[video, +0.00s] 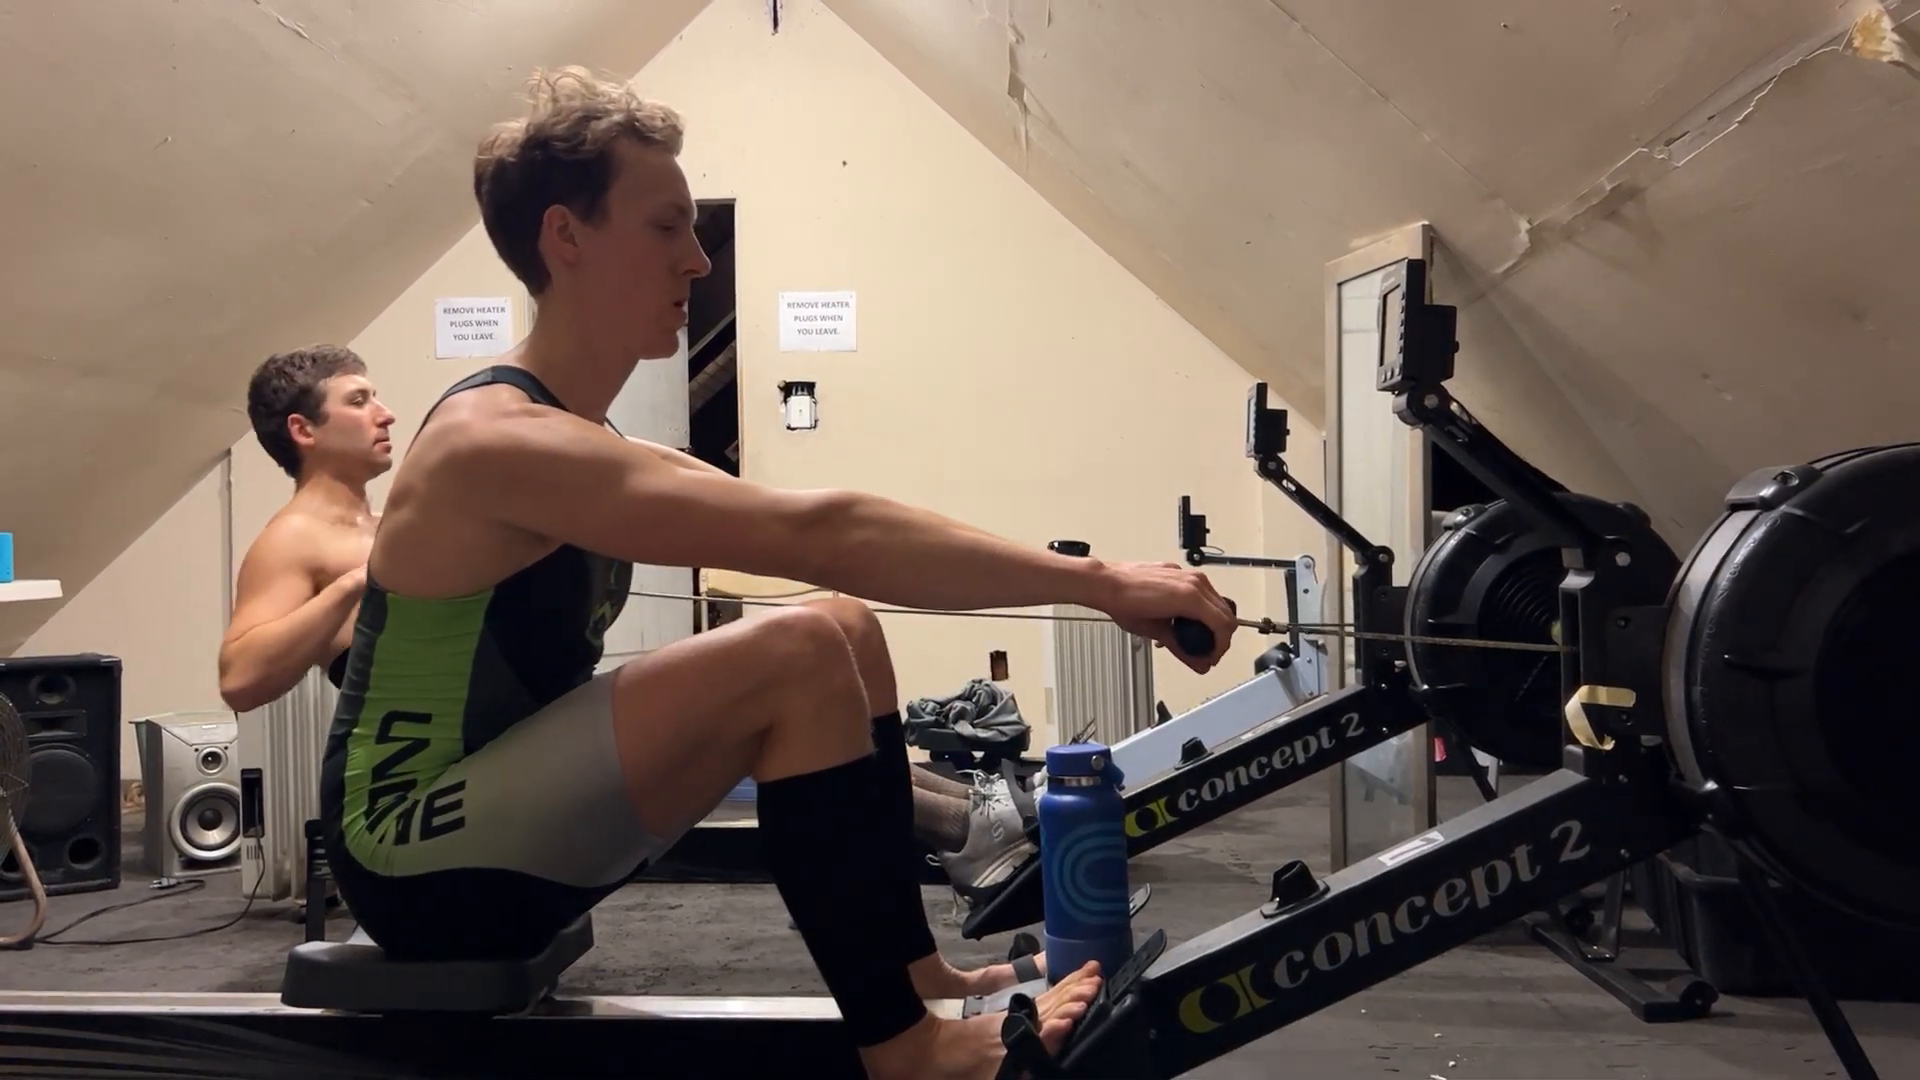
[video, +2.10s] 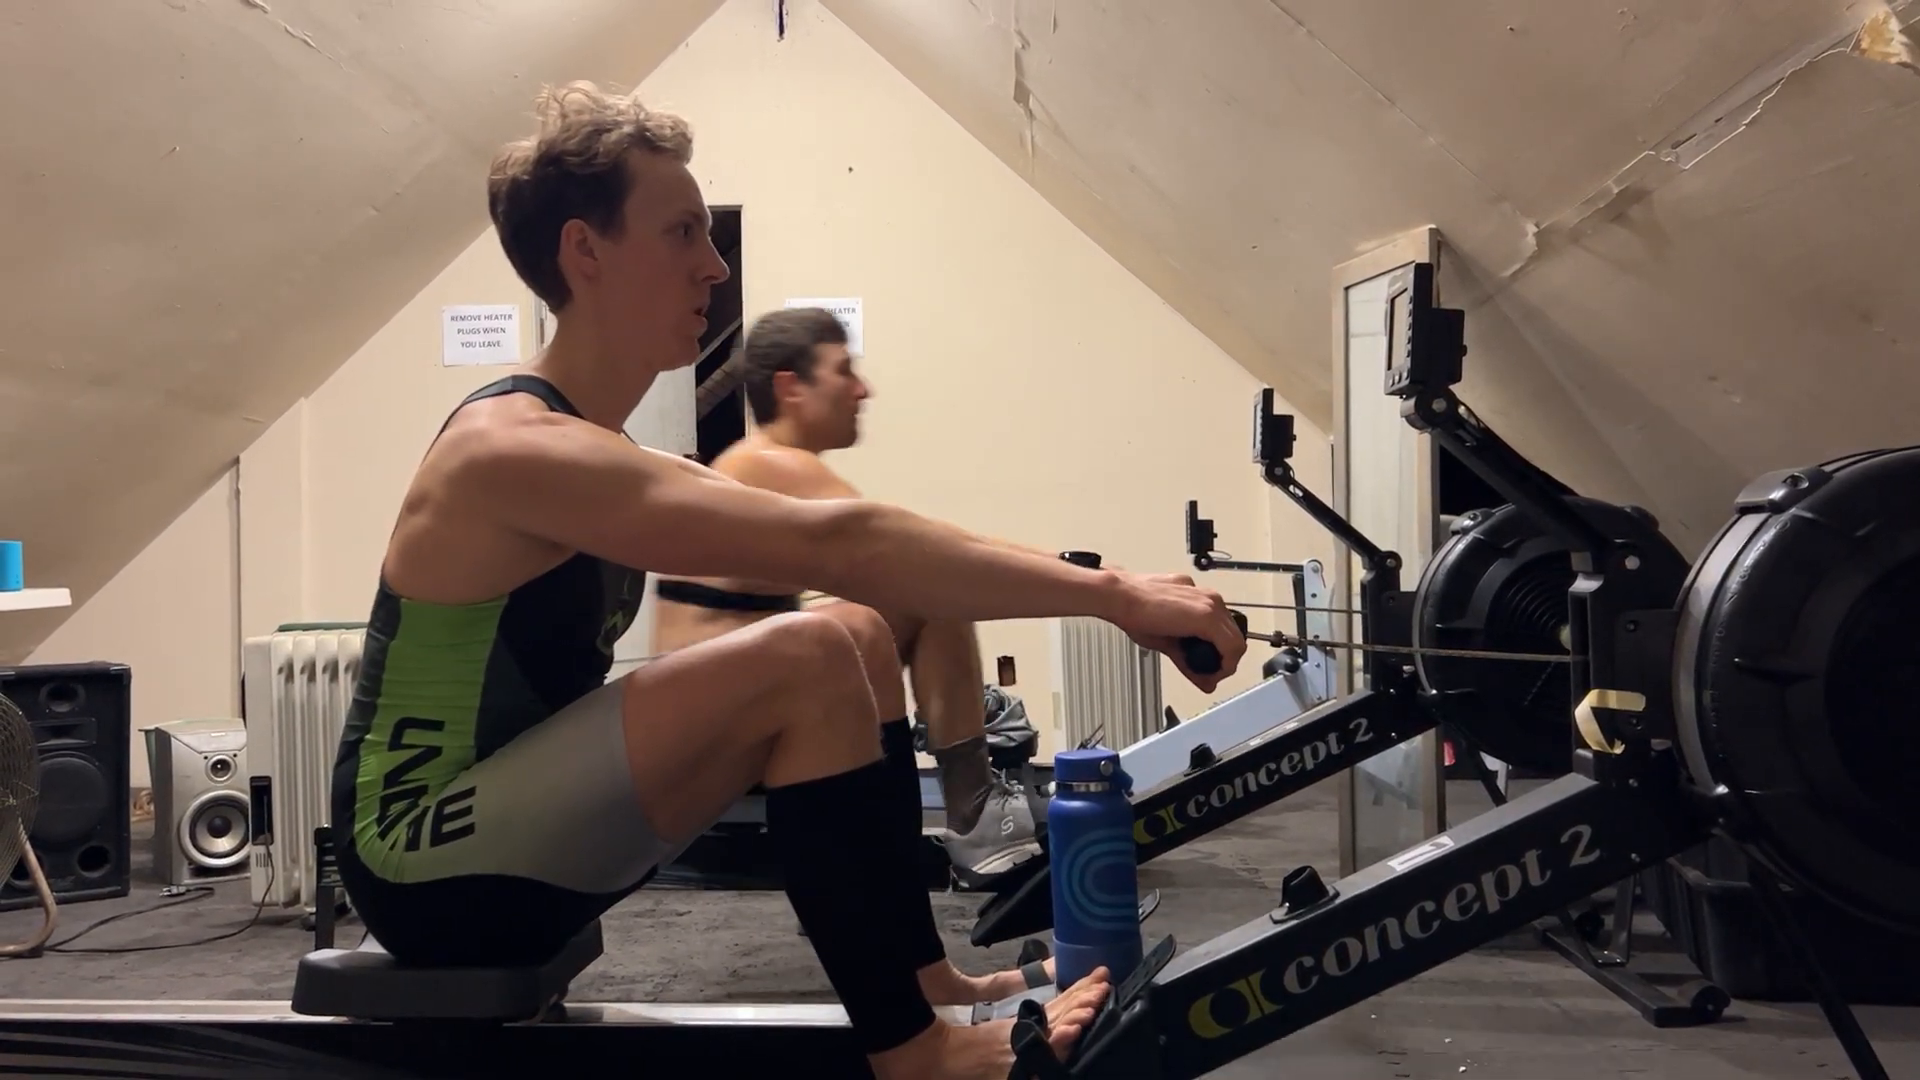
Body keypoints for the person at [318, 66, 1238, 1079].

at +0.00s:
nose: (698, 262)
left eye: (691, 230)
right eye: (668, 229)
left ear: (573, 246)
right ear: (565, 243)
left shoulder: (568, 435)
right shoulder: (498, 440)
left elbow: (816, 547)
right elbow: (815, 535)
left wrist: (1083, 582)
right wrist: (1102, 583)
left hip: (492, 814)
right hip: (424, 850)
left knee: (847, 634)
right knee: (797, 658)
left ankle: (914, 982)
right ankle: (894, 1040)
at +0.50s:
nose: (706, 267)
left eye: (698, 234)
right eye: (675, 233)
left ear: (580, 250)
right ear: (571, 247)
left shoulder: (577, 442)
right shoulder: (504, 441)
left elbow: (823, 545)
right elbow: (818, 540)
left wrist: (1087, 580)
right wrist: (1105, 587)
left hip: (491, 820)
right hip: (425, 851)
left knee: (852, 639)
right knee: (802, 659)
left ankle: (920, 989)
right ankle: (898, 1043)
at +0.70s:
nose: (706, 268)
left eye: (698, 236)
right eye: (677, 234)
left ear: (582, 252)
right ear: (573, 249)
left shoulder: (573, 436)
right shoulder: (505, 438)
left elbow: (563, 606)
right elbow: (820, 539)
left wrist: (703, 611)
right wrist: (1106, 588)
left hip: (496, 814)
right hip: (427, 849)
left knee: (851, 637)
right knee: (800, 659)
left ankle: (918, 986)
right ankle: (897, 1042)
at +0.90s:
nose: (707, 267)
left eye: (699, 235)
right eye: (676, 235)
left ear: (581, 252)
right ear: (572, 248)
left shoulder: (586, 425)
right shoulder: (507, 440)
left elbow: (612, 580)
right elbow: (826, 538)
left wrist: (800, 595)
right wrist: (1109, 585)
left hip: (498, 813)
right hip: (427, 852)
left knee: (844, 640)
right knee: (802, 659)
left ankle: (922, 989)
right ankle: (899, 1044)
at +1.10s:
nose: (708, 269)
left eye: (700, 237)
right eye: (678, 236)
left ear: (580, 253)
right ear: (573, 250)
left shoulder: (582, 433)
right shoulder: (512, 439)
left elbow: (813, 551)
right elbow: (820, 542)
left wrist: (1066, 581)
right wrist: (1110, 586)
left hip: (497, 817)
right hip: (428, 849)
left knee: (853, 641)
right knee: (804, 663)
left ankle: (923, 991)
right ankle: (900, 1044)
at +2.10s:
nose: (718, 269)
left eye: (709, 236)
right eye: (686, 236)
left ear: (590, 259)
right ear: (583, 256)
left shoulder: (589, 449)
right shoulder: (515, 446)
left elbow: (839, 545)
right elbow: (834, 546)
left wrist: (1096, 585)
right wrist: (1111, 593)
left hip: (499, 824)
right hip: (433, 851)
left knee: (847, 642)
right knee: (809, 658)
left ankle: (925, 995)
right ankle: (903, 1043)